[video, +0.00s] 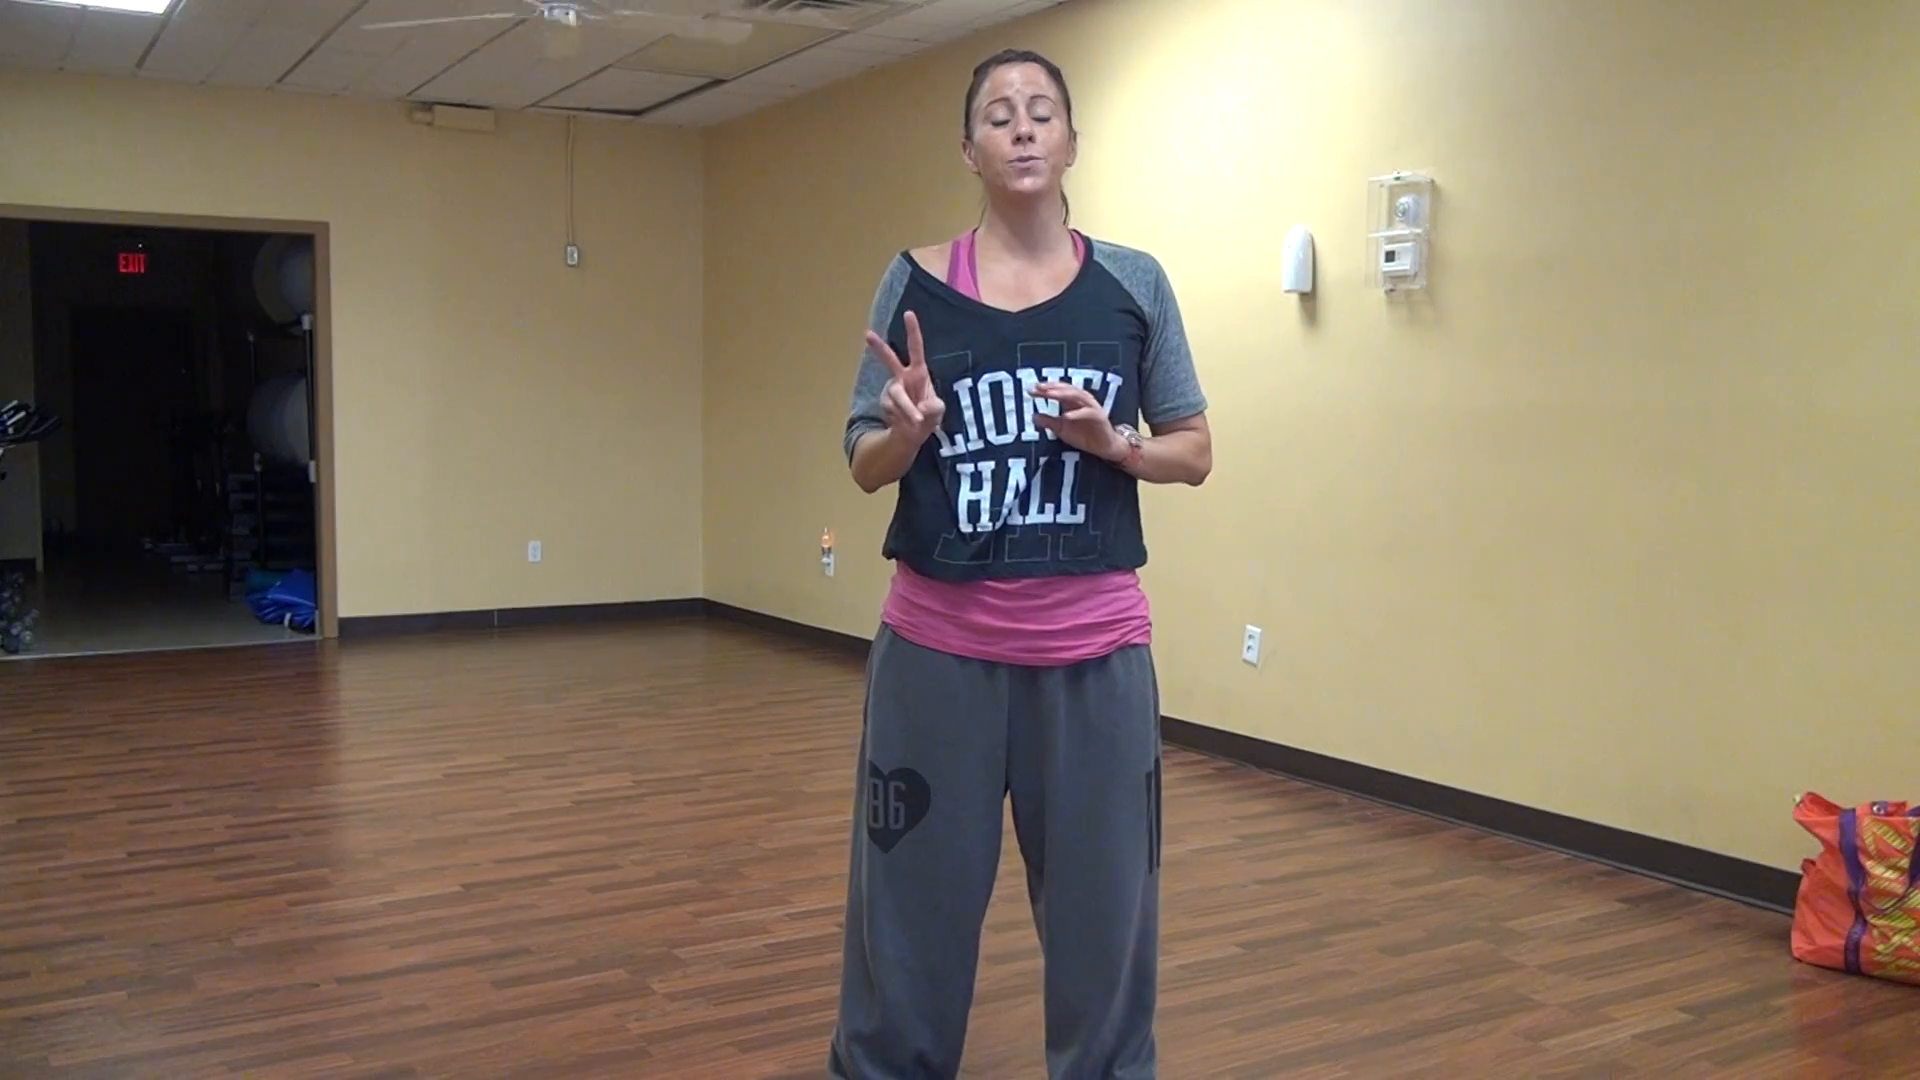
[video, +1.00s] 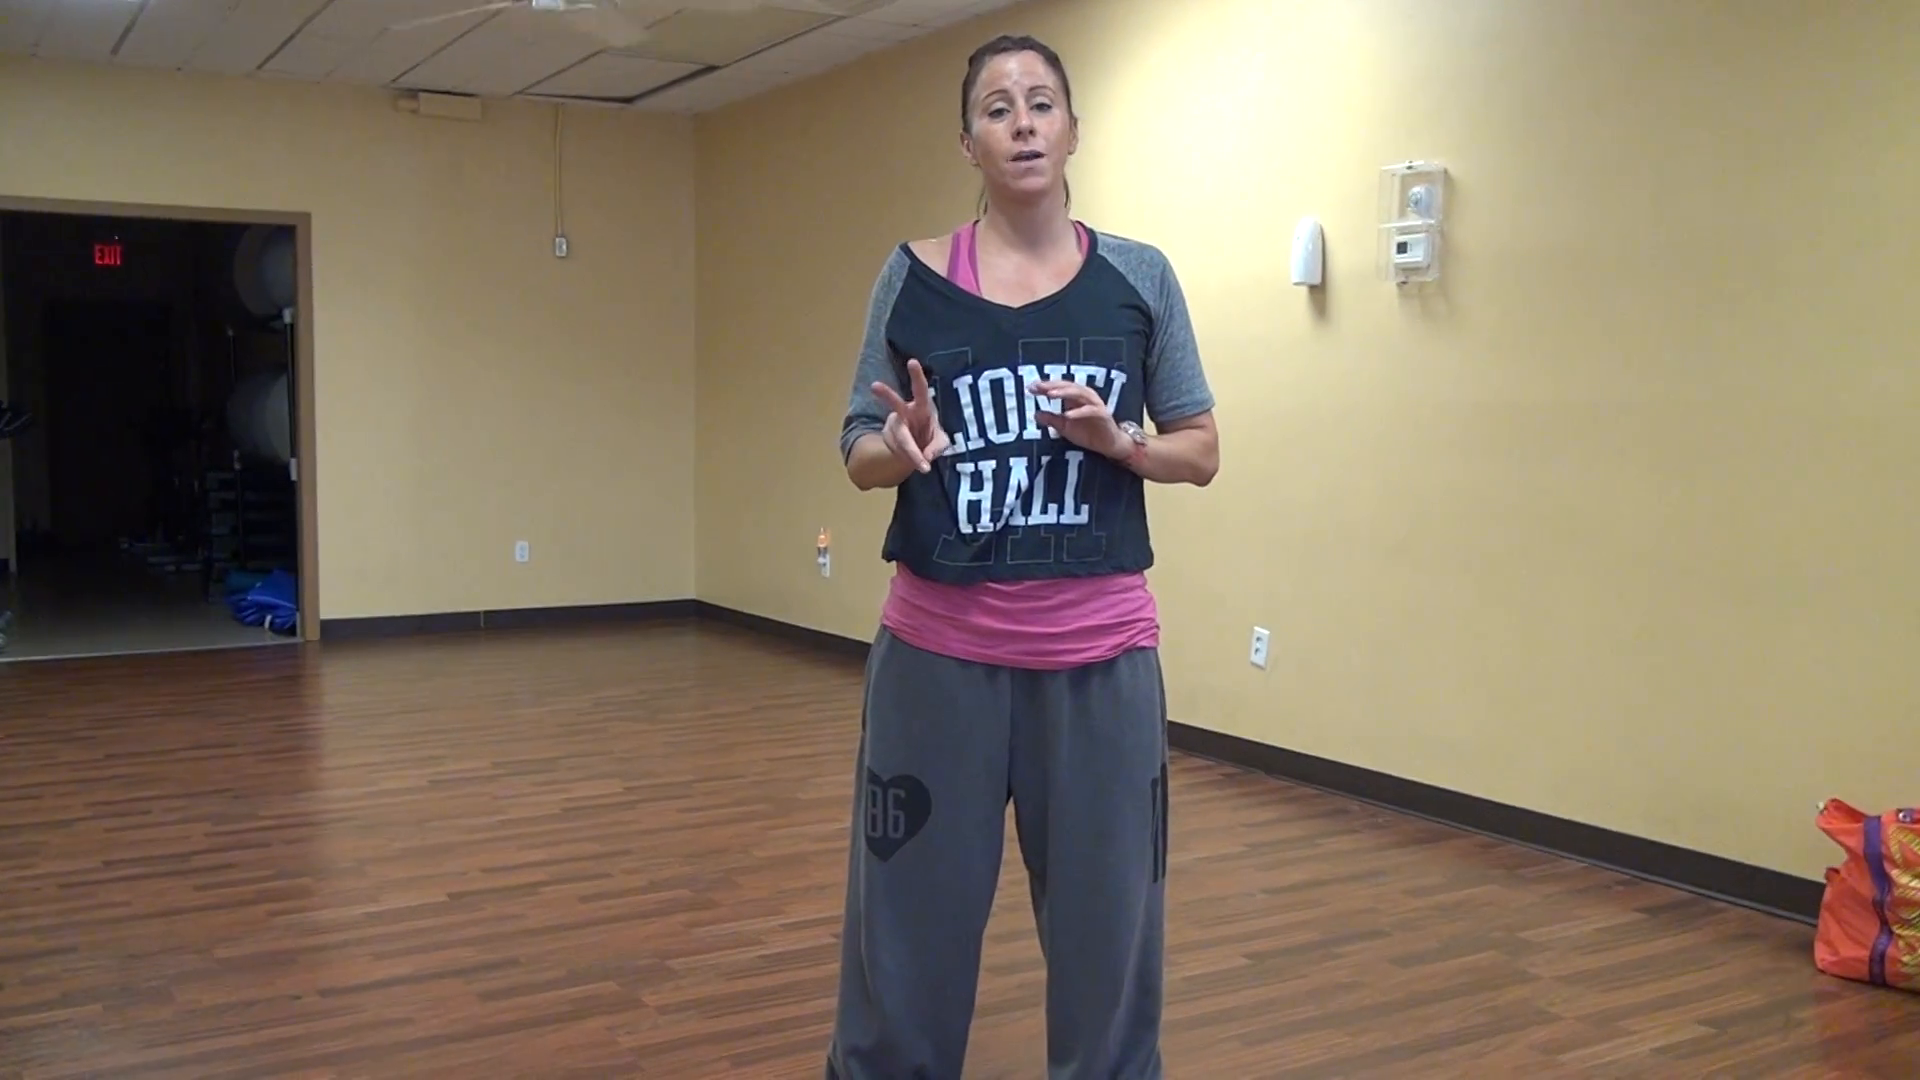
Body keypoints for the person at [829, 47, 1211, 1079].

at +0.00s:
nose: (1021, 129)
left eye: (1041, 114)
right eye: (999, 116)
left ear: (1070, 143)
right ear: (969, 150)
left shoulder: (1134, 279)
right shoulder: (916, 280)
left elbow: (1195, 453)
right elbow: (865, 468)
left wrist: (1122, 444)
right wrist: (906, 429)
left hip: (1095, 645)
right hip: (936, 642)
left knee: (1106, 920)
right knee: (907, 911)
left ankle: (1105, 1071)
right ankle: (887, 1068)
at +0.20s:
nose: (1019, 130)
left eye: (1038, 113)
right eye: (996, 116)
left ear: (1068, 142)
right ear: (967, 150)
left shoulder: (1134, 279)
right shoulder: (916, 281)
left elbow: (1195, 452)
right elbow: (863, 467)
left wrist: (1121, 445)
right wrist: (901, 437)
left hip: (1095, 644)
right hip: (936, 641)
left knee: (1105, 919)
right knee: (907, 909)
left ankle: (1104, 1072)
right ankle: (887, 1068)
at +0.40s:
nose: (1018, 131)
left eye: (1037, 114)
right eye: (994, 118)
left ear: (1066, 142)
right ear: (965, 151)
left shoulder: (1134, 279)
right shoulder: (915, 282)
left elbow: (1197, 454)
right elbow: (863, 470)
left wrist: (1119, 444)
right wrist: (895, 442)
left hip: (1095, 643)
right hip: (936, 641)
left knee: (1105, 918)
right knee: (907, 909)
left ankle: (1106, 1072)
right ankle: (887, 1068)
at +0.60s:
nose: (1017, 131)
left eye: (1036, 114)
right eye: (994, 119)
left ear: (1066, 142)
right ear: (965, 154)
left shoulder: (1135, 280)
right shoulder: (916, 282)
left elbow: (1196, 455)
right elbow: (865, 466)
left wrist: (1118, 445)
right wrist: (895, 444)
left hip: (1095, 645)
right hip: (936, 641)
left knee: (1106, 921)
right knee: (907, 911)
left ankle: (1107, 1073)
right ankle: (887, 1069)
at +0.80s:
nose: (1019, 127)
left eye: (1038, 110)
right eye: (995, 114)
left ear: (1068, 137)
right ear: (966, 148)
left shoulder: (1137, 276)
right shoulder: (916, 277)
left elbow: (1198, 453)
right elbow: (862, 458)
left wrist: (1119, 443)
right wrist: (897, 444)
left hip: (1099, 644)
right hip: (937, 642)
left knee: (1107, 925)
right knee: (907, 916)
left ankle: (1107, 1074)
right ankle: (887, 1070)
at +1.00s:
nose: (1021, 122)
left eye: (1041, 103)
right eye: (996, 107)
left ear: (1072, 130)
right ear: (967, 141)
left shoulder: (1141, 273)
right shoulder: (916, 273)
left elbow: (1201, 450)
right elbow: (861, 450)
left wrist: (1125, 444)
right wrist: (902, 447)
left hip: (1101, 655)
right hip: (938, 651)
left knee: (1111, 939)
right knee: (906, 930)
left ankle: (1110, 1075)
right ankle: (887, 1070)